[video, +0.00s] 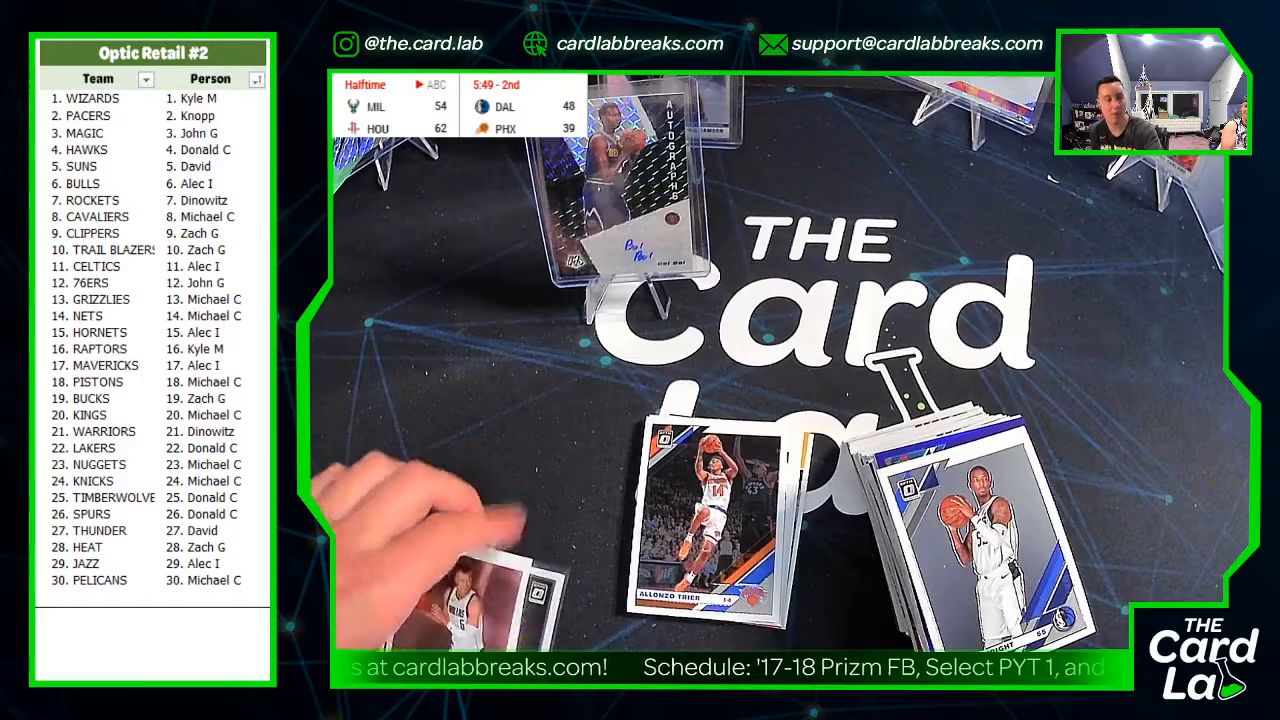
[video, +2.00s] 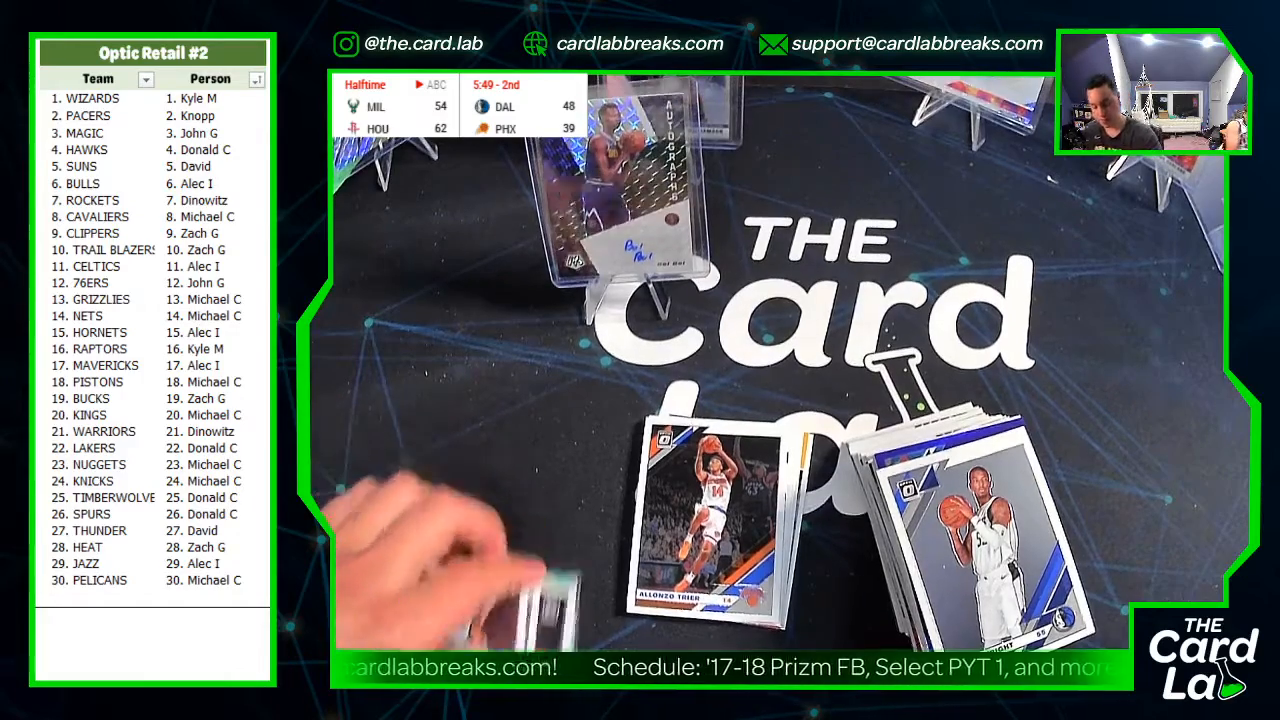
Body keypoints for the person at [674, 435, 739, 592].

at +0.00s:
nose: (714, 463)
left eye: (717, 461)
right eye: (713, 461)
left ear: (721, 465)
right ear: (710, 465)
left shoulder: (727, 476)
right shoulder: (706, 476)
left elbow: (734, 469)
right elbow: (699, 470)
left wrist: (722, 452)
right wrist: (700, 451)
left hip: (721, 513)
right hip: (707, 507)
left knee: (707, 550)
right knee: (704, 511)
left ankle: (688, 579)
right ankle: (688, 540)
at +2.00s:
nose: (714, 464)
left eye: (717, 462)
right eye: (712, 461)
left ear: (721, 466)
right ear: (709, 465)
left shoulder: (727, 476)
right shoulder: (705, 477)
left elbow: (734, 469)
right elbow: (698, 471)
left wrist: (721, 452)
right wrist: (700, 451)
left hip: (720, 512)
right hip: (706, 507)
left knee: (707, 550)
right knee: (704, 512)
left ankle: (689, 578)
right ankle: (688, 540)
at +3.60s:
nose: (714, 464)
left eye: (717, 462)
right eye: (713, 462)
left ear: (721, 465)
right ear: (709, 465)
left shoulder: (727, 476)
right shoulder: (705, 477)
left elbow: (734, 469)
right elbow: (698, 471)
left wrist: (722, 452)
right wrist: (700, 451)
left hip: (720, 513)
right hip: (706, 507)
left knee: (707, 550)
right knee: (705, 512)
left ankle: (688, 580)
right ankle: (688, 540)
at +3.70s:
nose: (714, 464)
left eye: (717, 462)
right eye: (712, 462)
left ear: (721, 465)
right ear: (709, 464)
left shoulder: (726, 476)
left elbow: (734, 468)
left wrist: (722, 453)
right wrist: (700, 449)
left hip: (719, 510)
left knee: (708, 544)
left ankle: (708, 576)